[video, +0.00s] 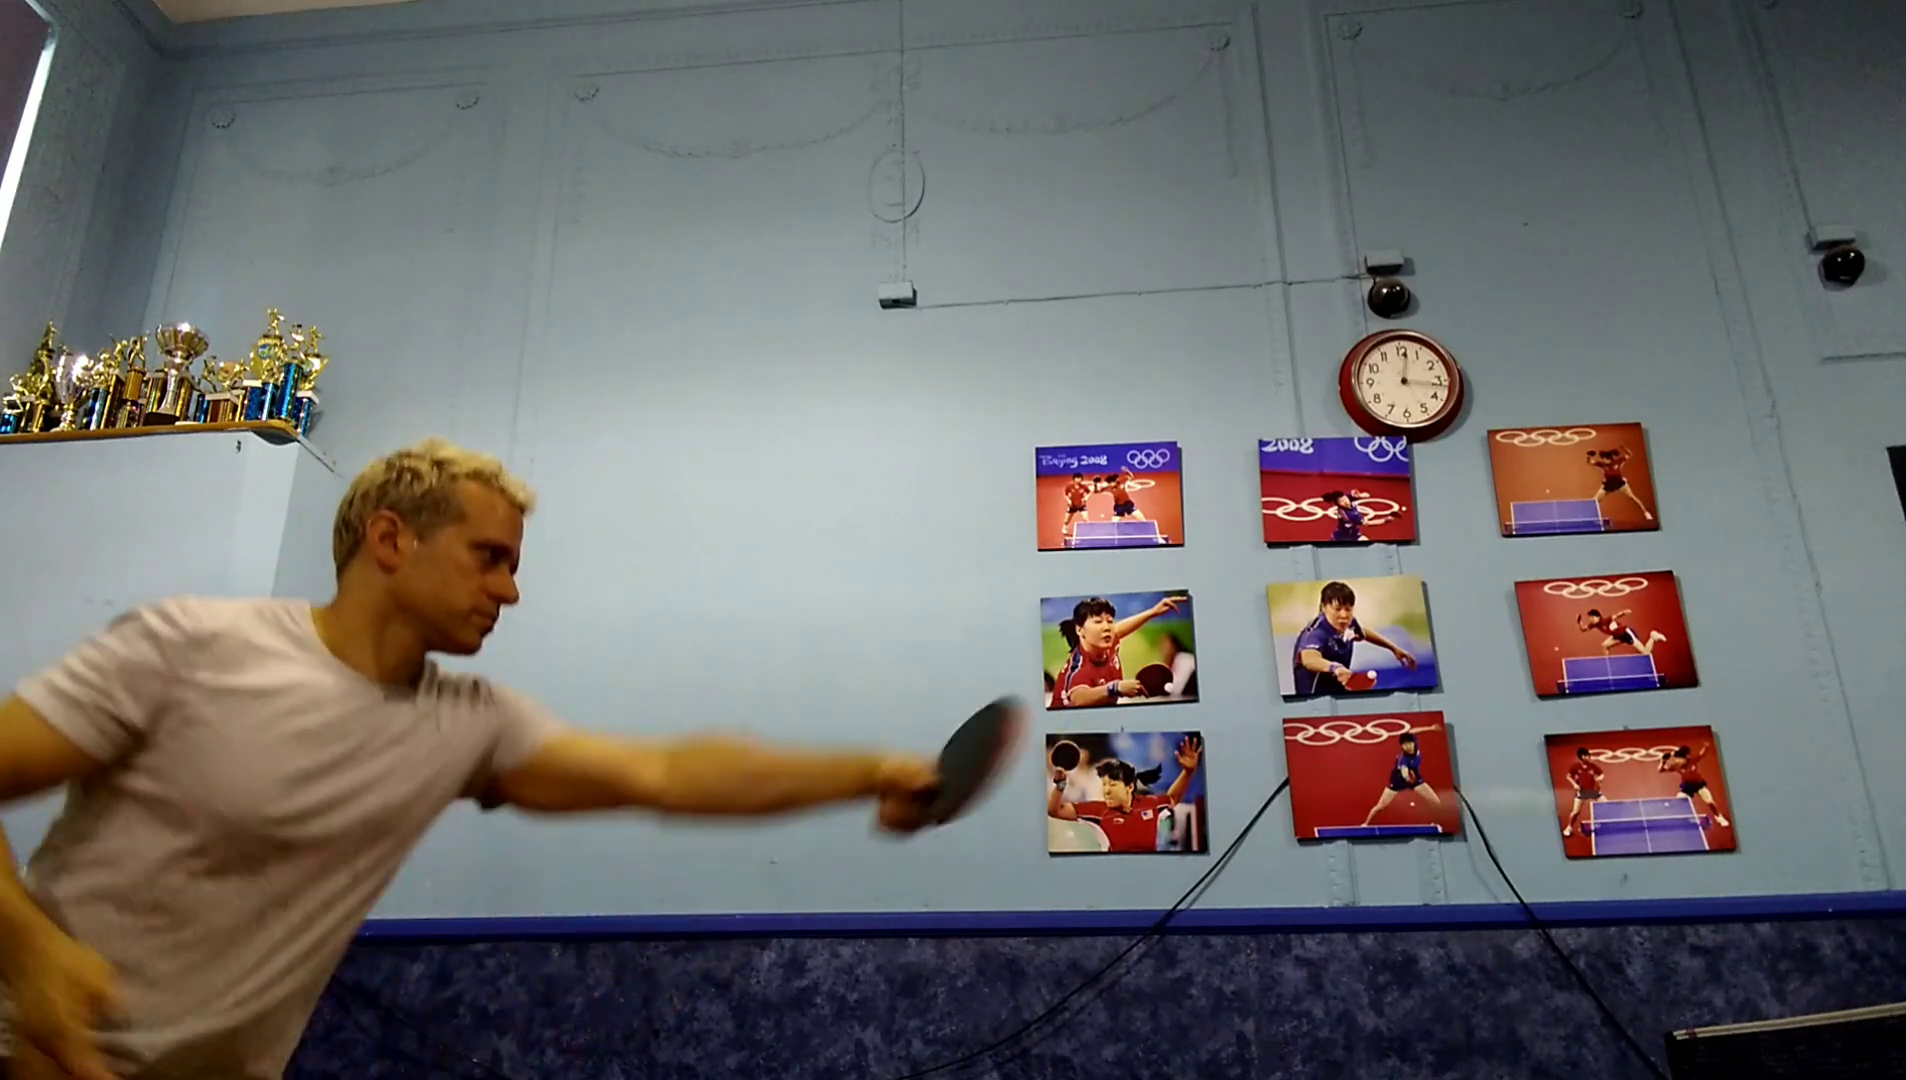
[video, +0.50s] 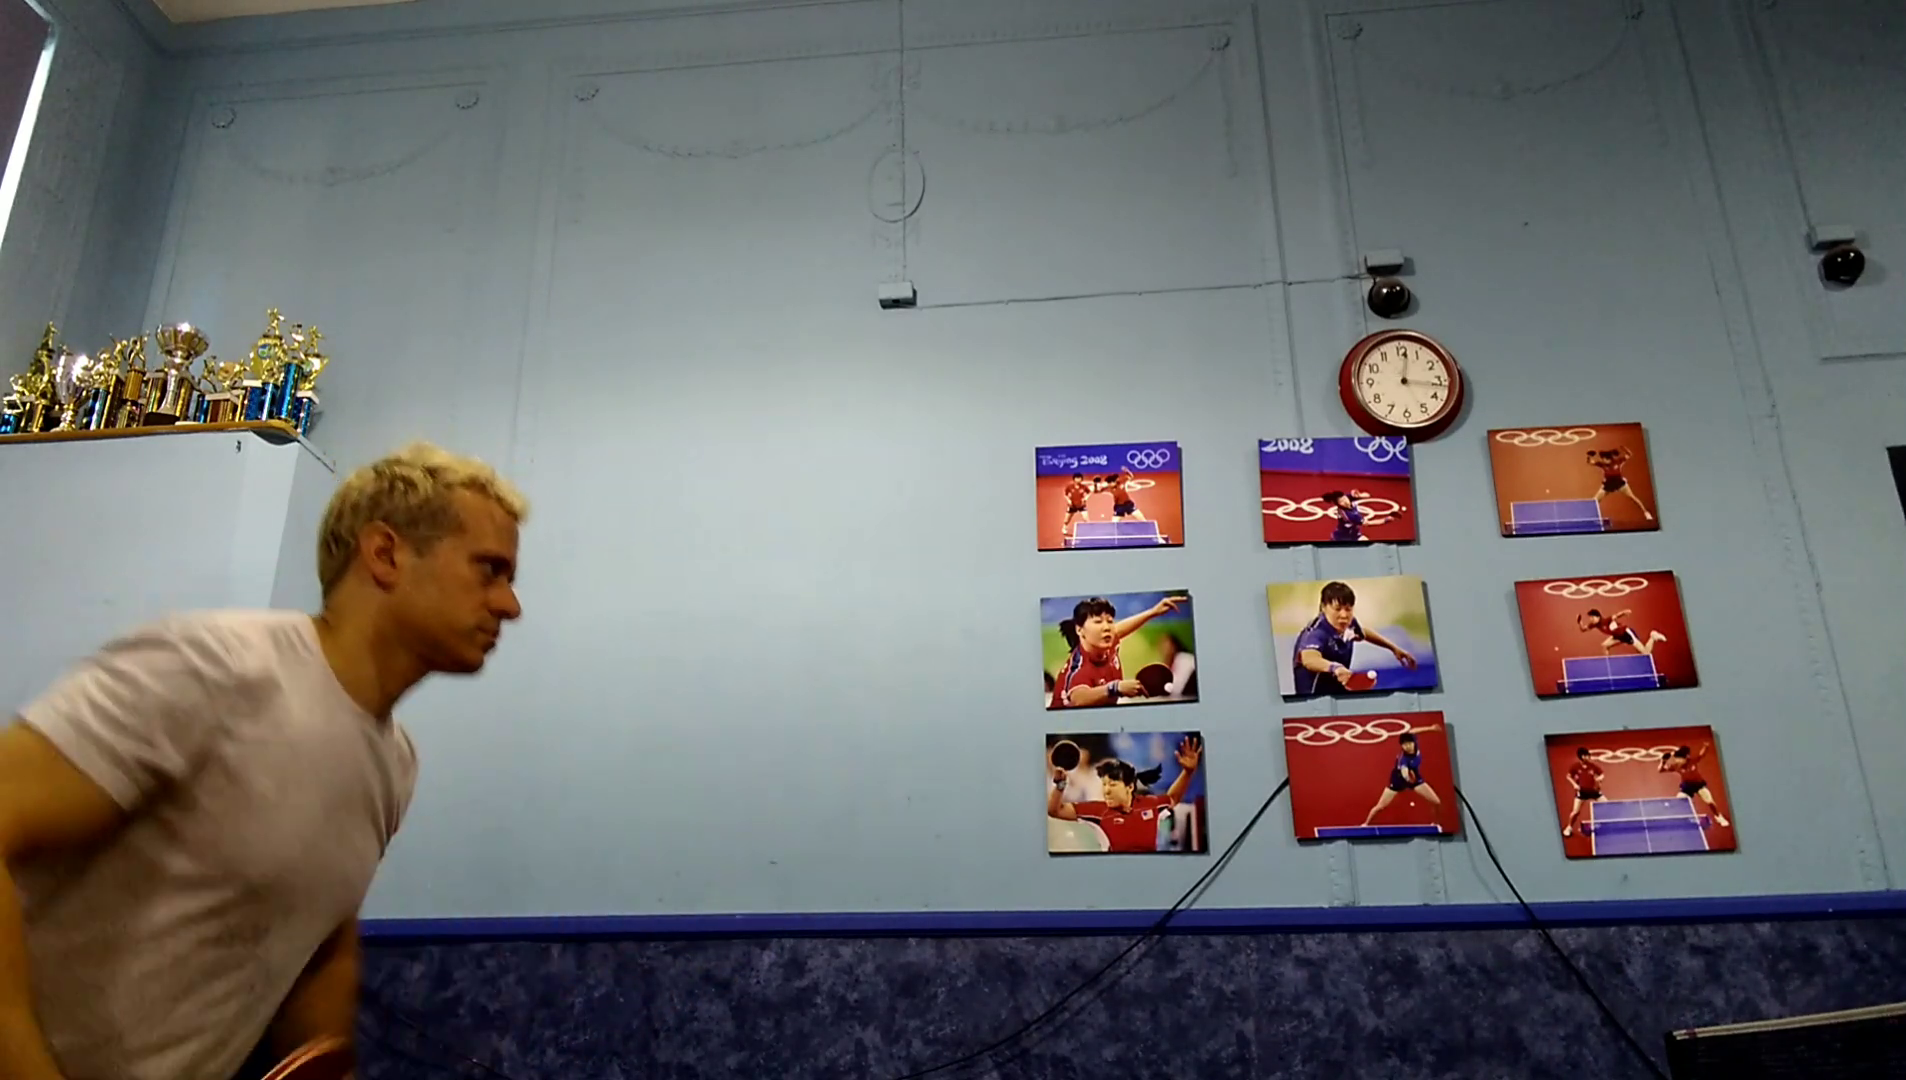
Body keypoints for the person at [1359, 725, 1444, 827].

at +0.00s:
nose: (1408, 747)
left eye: (1409, 744)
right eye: (1405, 745)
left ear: (1414, 743)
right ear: (1402, 746)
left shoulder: (1416, 748)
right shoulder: (1403, 758)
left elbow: (1414, 731)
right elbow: (1404, 771)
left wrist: (1431, 728)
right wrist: (1409, 778)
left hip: (1415, 779)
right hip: (1398, 781)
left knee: (1436, 802)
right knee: (1381, 806)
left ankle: (1435, 824)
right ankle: (1366, 823)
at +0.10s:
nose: (1408, 747)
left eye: (1409, 744)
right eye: (1405, 745)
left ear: (1414, 743)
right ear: (1402, 746)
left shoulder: (1416, 747)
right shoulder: (1403, 758)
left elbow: (1413, 731)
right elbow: (1404, 771)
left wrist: (1431, 728)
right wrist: (1408, 778)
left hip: (1415, 779)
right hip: (1398, 781)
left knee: (1436, 802)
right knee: (1380, 806)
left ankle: (1435, 823)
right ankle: (1366, 823)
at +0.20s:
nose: (1408, 747)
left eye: (1409, 744)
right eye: (1405, 745)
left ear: (1414, 743)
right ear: (1402, 746)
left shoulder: (1416, 747)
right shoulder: (1403, 758)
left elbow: (1413, 731)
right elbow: (1404, 771)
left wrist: (1431, 728)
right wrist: (1408, 778)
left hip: (1415, 779)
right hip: (1398, 781)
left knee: (1436, 801)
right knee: (1380, 806)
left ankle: (1435, 823)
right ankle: (1366, 823)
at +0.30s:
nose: (1408, 747)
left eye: (1409, 744)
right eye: (1405, 745)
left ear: (1414, 743)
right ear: (1402, 746)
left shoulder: (1415, 747)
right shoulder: (1403, 758)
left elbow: (1413, 731)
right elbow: (1404, 771)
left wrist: (1431, 728)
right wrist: (1408, 778)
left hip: (1414, 779)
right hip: (1398, 781)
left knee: (1436, 801)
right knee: (1380, 806)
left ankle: (1436, 823)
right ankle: (1366, 823)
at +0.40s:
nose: (1408, 747)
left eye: (1409, 744)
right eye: (1405, 745)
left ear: (1414, 743)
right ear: (1402, 746)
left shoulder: (1415, 747)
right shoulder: (1403, 758)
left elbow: (1414, 731)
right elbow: (1404, 771)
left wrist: (1431, 728)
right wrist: (1409, 778)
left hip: (1414, 779)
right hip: (1398, 781)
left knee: (1436, 801)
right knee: (1380, 806)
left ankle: (1436, 823)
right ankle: (1366, 823)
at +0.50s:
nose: (1408, 747)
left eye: (1409, 744)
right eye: (1405, 745)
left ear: (1414, 743)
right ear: (1402, 746)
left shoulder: (1415, 747)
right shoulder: (1403, 758)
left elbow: (1414, 731)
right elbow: (1404, 771)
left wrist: (1431, 728)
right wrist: (1409, 778)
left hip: (1414, 779)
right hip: (1398, 781)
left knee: (1436, 801)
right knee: (1380, 806)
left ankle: (1436, 823)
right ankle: (1366, 823)